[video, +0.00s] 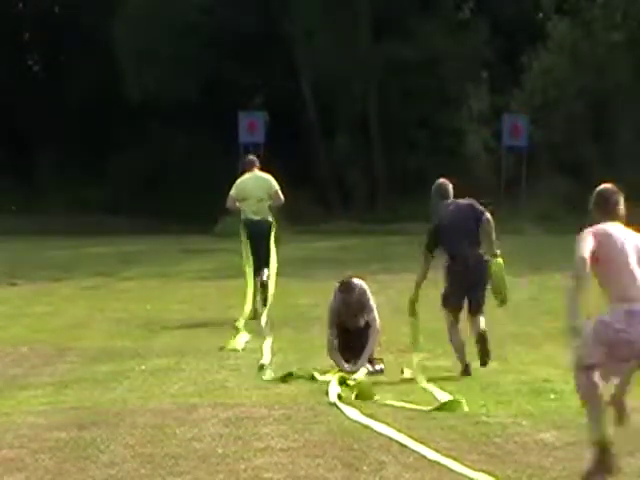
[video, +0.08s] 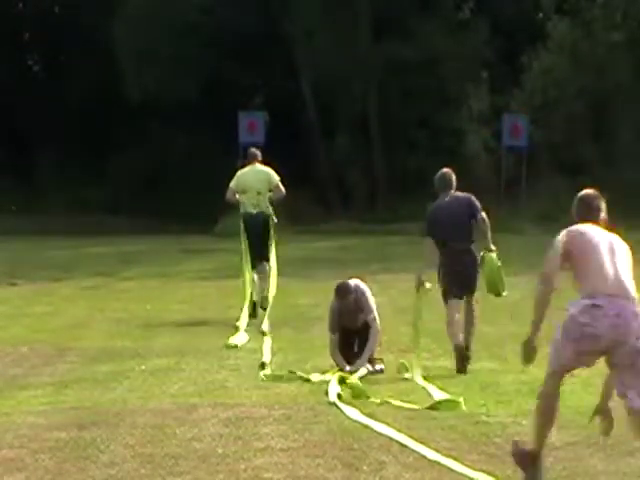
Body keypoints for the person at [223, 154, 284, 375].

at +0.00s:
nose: (250, 167)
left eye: (248, 165)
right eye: (252, 164)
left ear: (245, 166)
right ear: (258, 165)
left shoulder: (240, 182)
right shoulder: (268, 179)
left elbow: (230, 203)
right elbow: (280, 199)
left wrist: (244, 206)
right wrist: (267, 204)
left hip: (248, 221)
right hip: (266, 220)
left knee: (250, 258)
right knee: (270, 255)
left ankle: (249, 301)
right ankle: (266, 279)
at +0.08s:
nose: (254, 160)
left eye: (251, 157)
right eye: (256, 157)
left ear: (247, 159)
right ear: (260, 159)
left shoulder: (241, 174)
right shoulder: (267, 171)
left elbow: (230, 196)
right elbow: (280, 191)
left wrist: (244, 200)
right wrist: (267, 198)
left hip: (248, 215)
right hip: (265, 214)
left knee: (253, 257)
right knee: (264, 255)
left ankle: (254, 294)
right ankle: (264, 293)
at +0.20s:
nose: (255, 160)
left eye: (252, 157)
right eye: (257, 157)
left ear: (248, 158)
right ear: (261, 158)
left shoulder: (241, 174)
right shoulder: (269, 172)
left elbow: (231, 195)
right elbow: (282, 191)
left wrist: (244, 198)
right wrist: (268, 197)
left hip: (247, 211)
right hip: (264, 211)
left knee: (249, 244)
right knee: (262, 245)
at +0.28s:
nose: (256, 164)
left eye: (254, 160)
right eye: (258, 161)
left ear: (249, 162)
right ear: (262, 161)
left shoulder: (243, 178)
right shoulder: (270, 177)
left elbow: (232, 199)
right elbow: (282, 196)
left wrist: (245, 202)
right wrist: (269, 202)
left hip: (247, 216)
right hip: (264, 216)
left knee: (248, 250)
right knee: (262, 251)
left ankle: (249, 271)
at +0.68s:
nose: (255, 164)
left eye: (252, 161)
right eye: (257, 161)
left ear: (247, 163)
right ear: (260, 162)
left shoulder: (242, 176)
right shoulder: (267, 174)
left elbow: (232, 198)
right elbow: (278, 196)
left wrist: (241, 204)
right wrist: (268, 203)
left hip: (248, 213)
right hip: (263, 212)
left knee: (253, 251)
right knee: (264, 251)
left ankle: (257, 286)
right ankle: (264, 286)